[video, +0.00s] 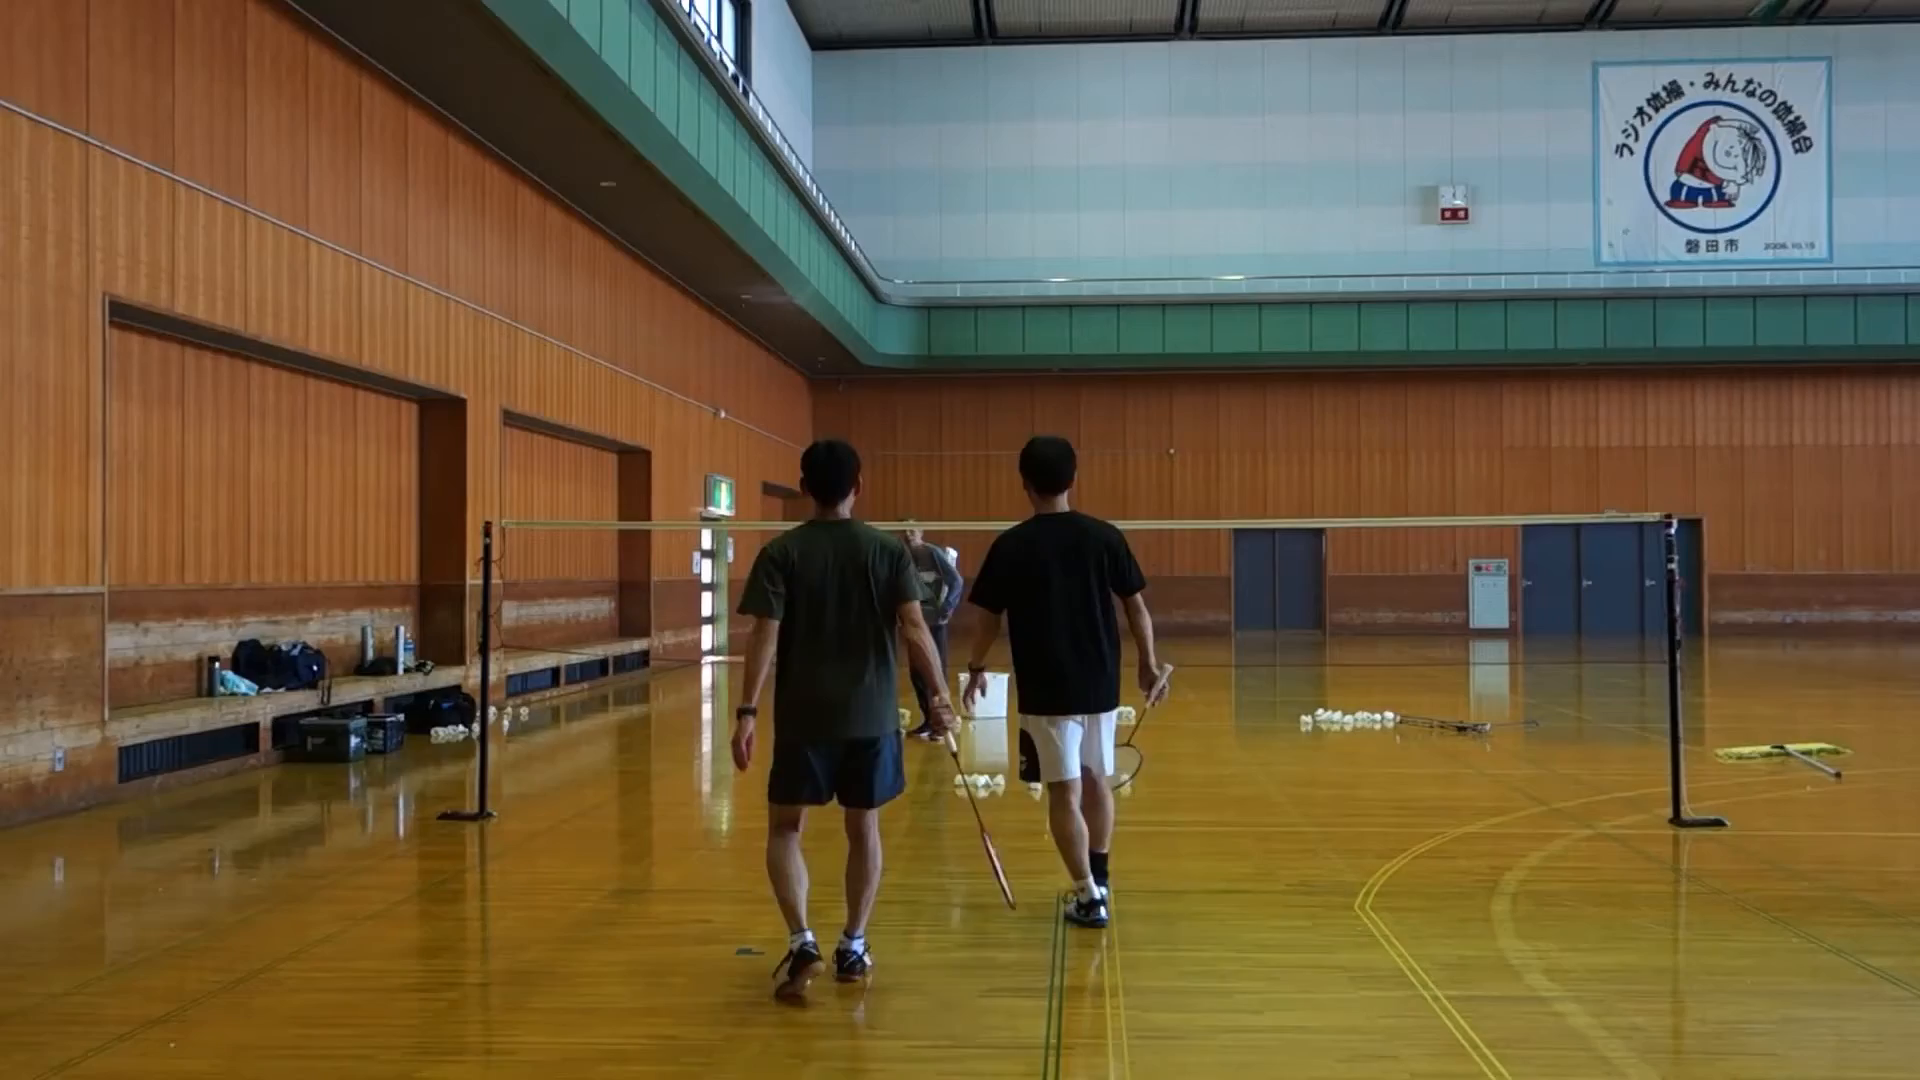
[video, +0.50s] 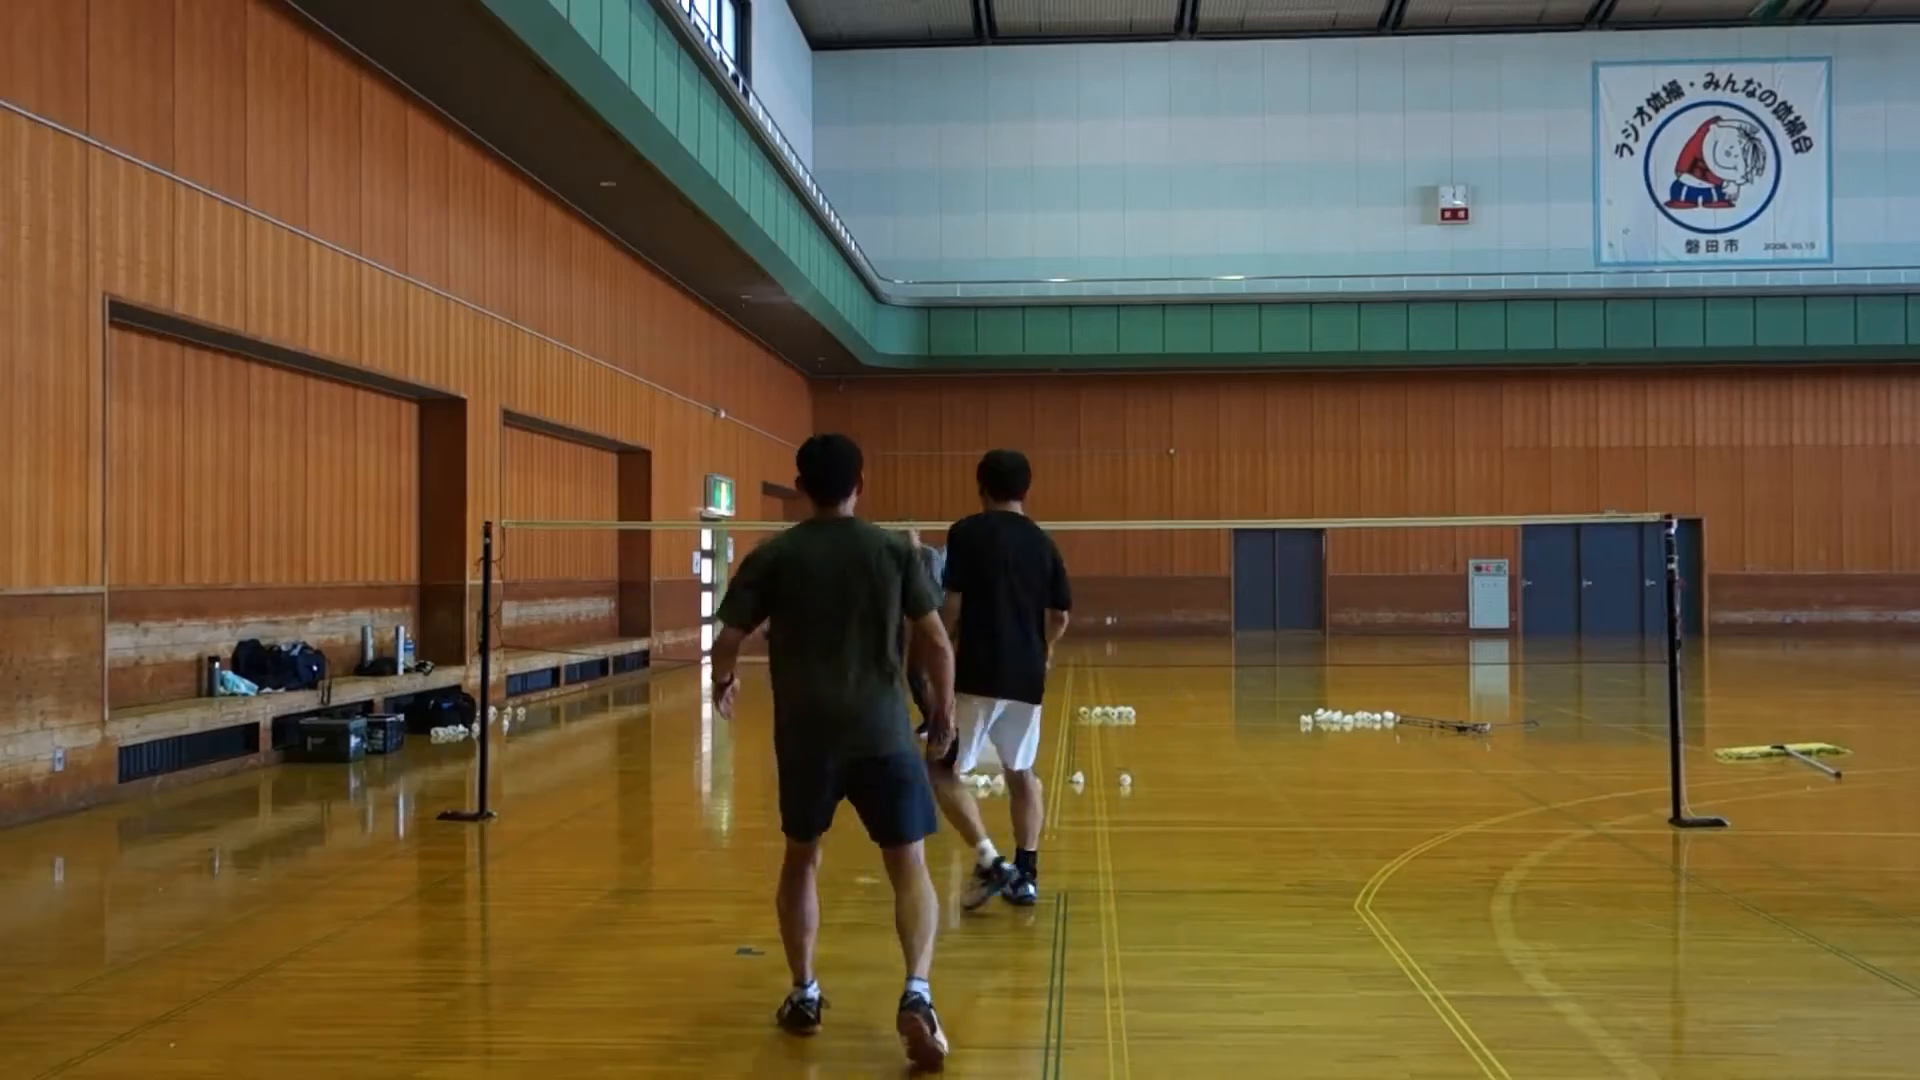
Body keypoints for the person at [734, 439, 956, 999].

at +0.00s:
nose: (861, 490)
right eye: (861, 482)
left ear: (805, 488)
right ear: (857, 487)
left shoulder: (782, 552)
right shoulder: (887, 550)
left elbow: (764, 640)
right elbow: (915, 629)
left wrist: (746, 711)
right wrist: (937, 696)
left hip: (803, 719)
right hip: (871, 719)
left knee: (785, 828)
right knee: (863, 825)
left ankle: (802, 936)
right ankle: (855, 943)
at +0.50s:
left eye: (805, 482)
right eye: (856, 482)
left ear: (800, 487)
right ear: (859, 487)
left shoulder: (774, 554)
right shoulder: (895, 550)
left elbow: (727, 641)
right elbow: (935, 639)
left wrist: (723, 677)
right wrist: (944, 712)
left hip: (805, 740)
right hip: (882, 735)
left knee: (801, 858)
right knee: (910, 867)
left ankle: (804, 992)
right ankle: (917, 990)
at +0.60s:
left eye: (817, 493)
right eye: (868, 493)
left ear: (812, 499)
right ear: (871, 499)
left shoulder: (788, 565)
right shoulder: (907, 565)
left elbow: (751, 651)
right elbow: (953, 667)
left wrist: (738, 696)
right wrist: (950, 735)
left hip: (813, 748)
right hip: (893, 748)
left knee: (806, 868)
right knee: (921, 883)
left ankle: (806, 994)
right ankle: (931, 1030)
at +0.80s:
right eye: (875, 466)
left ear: (809, 470)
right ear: (872, 469)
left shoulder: (780, 537)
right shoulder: (911, 534)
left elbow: (748, 621)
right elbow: (953, 633)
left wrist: (769, 676)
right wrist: (965, 708)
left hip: (805, 718)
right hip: (886, 720)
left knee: (784, 858)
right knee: (917, 869)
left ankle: (763, 1010)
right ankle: (933, 1027)